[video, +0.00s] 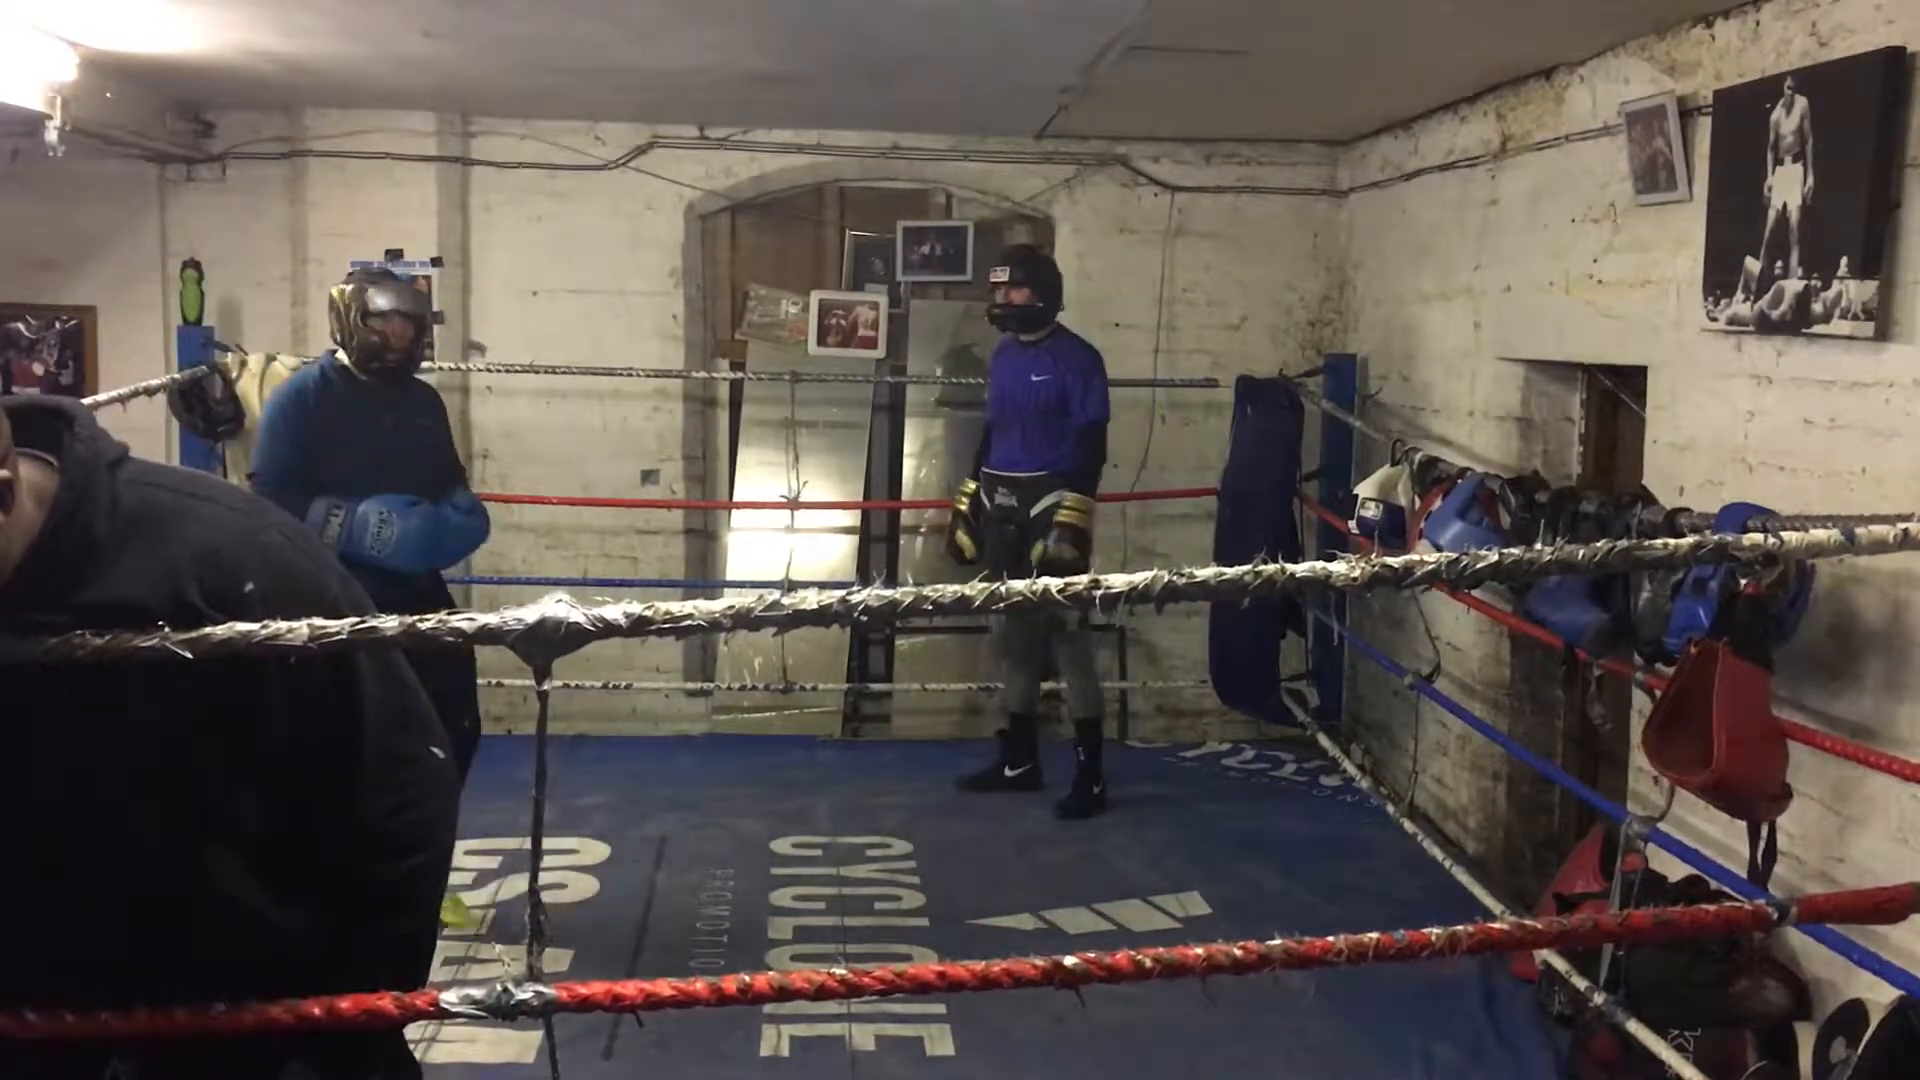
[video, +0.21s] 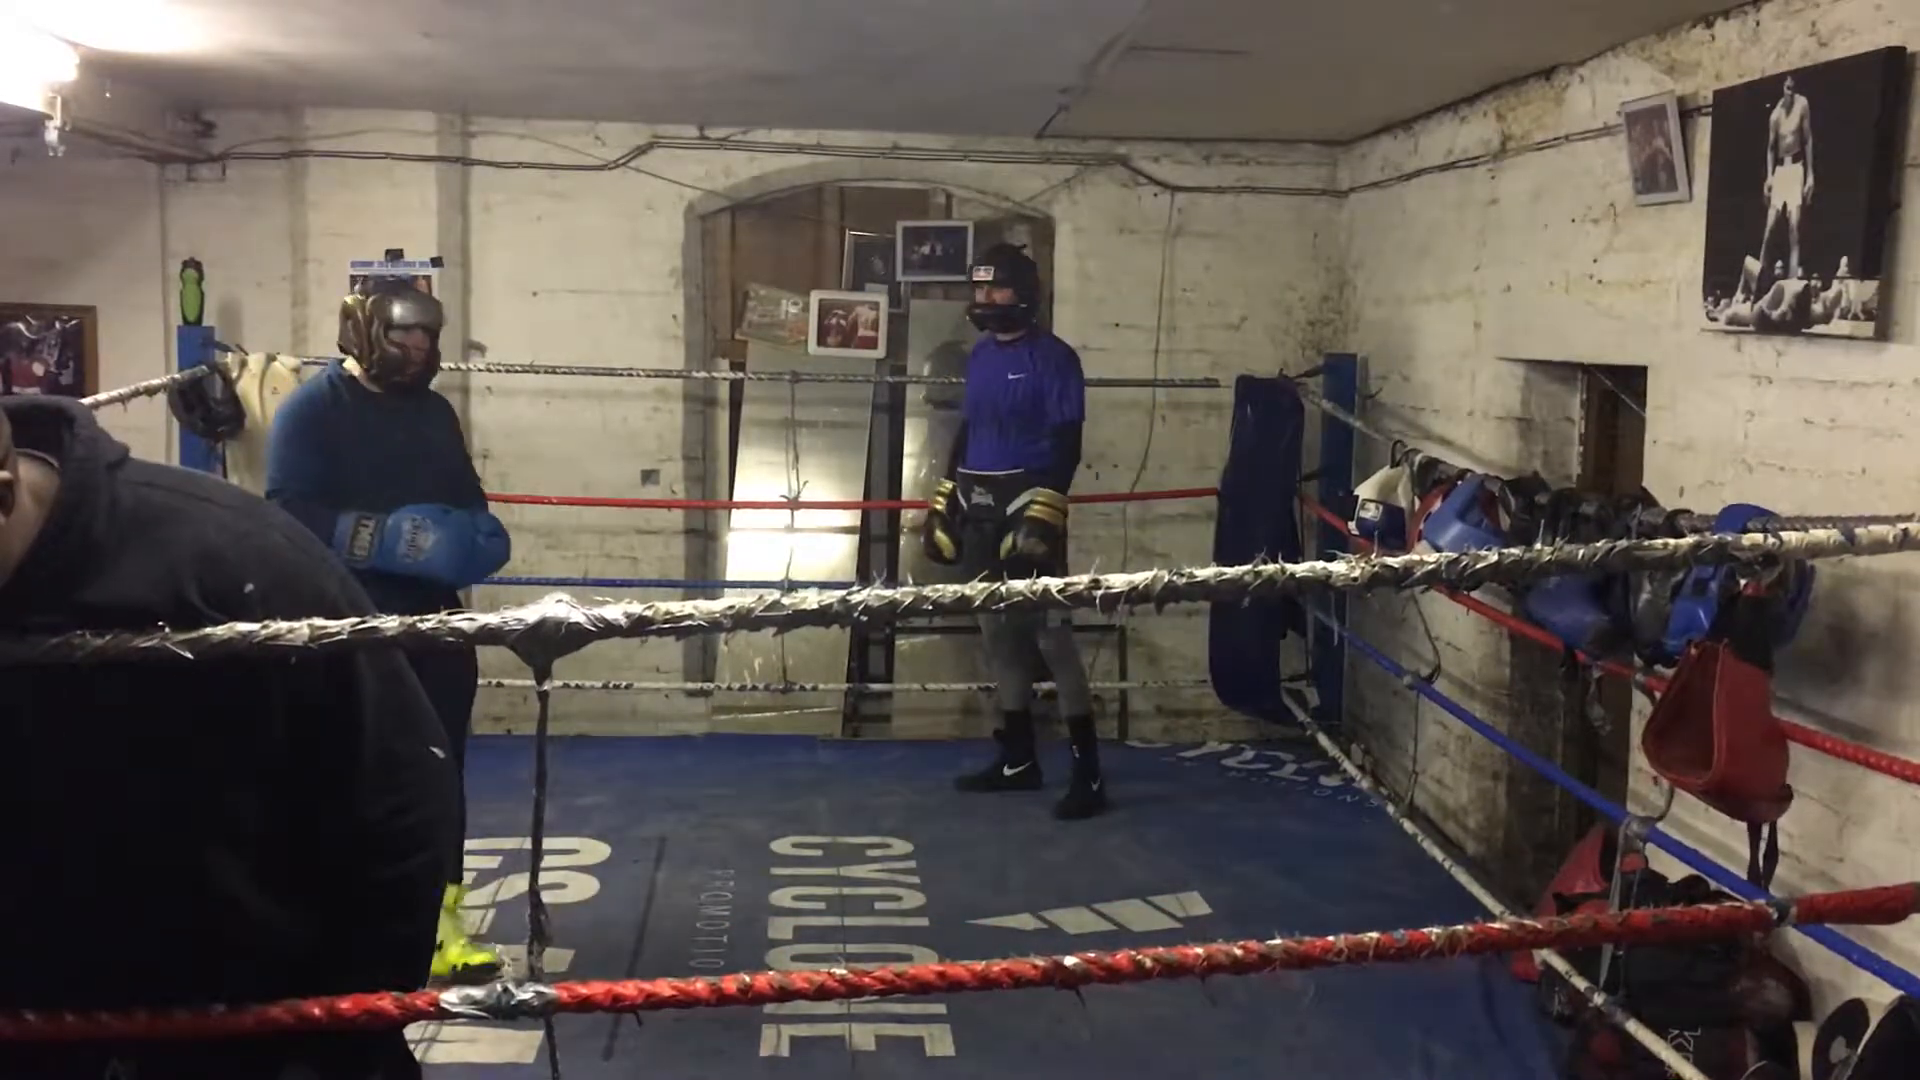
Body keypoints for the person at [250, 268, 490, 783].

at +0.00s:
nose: (409, 334)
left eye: (415, 321)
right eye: (395, 318)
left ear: (424, 328)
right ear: (357, 322)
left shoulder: (423, 402)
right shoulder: (302, 398)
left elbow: (451, 486)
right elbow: (270, 504)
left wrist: (462, 522)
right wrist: (359, 526)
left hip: (419, 597)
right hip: (329, 597)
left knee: (454, 728)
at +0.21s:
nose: (419, 349)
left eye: (428, 335)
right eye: (403, 334)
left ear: (436, 340)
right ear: (367, 336)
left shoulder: (434, 413)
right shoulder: (313, 411)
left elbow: (474, 508)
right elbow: (287, 519)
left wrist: (477, 536)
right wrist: (388, 539)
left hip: (436, 632)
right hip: (344, 635)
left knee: (438, 777)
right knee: (355, 777)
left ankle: (438, 932)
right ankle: (354, 940)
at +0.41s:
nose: (465, 345)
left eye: (465, 331)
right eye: (449, 331)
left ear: (450, 337)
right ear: (406, 338)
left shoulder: (465, 422)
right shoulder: (342, 408)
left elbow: (501, 522)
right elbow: (299, 519)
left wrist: (476, 564)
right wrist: (377, 566)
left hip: (447, 650)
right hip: (355, 650)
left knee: (441, 806)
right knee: (360, 800)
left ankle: (414, 960)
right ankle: (353, 960)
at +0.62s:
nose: (476, 334)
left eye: (474, 320)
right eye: (463, 321)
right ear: (421, 326)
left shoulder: (474, 412)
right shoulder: (340, 409)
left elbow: (516, 504)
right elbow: (293, 533)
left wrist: (521, 535)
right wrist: (354, 607)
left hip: (459, 648)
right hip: (362, 652)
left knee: (443, 808)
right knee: (366, 804)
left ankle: (414, 964)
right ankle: (354, 964)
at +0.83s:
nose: (472, 350)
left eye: (471, 335)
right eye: (458, 334)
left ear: (415, 339)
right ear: (417, 337)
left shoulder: (468, 444)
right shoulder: (336, 437)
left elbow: (506, 551)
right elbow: (284, 564)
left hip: (465, 691)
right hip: (368, 694)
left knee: (449, 852)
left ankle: (398, 1007)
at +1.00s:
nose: (472, 336)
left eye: (470, 320)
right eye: (457, 319)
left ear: (431, 327)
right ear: (419, 324)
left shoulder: (446, 421)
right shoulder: (360, 425)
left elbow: (475, 541)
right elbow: (334, 557)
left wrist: (539, 573)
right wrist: (415, 637)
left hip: (477, 660)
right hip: (396, 669)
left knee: (533, 820)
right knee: (402, 818)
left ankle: (456, 926)